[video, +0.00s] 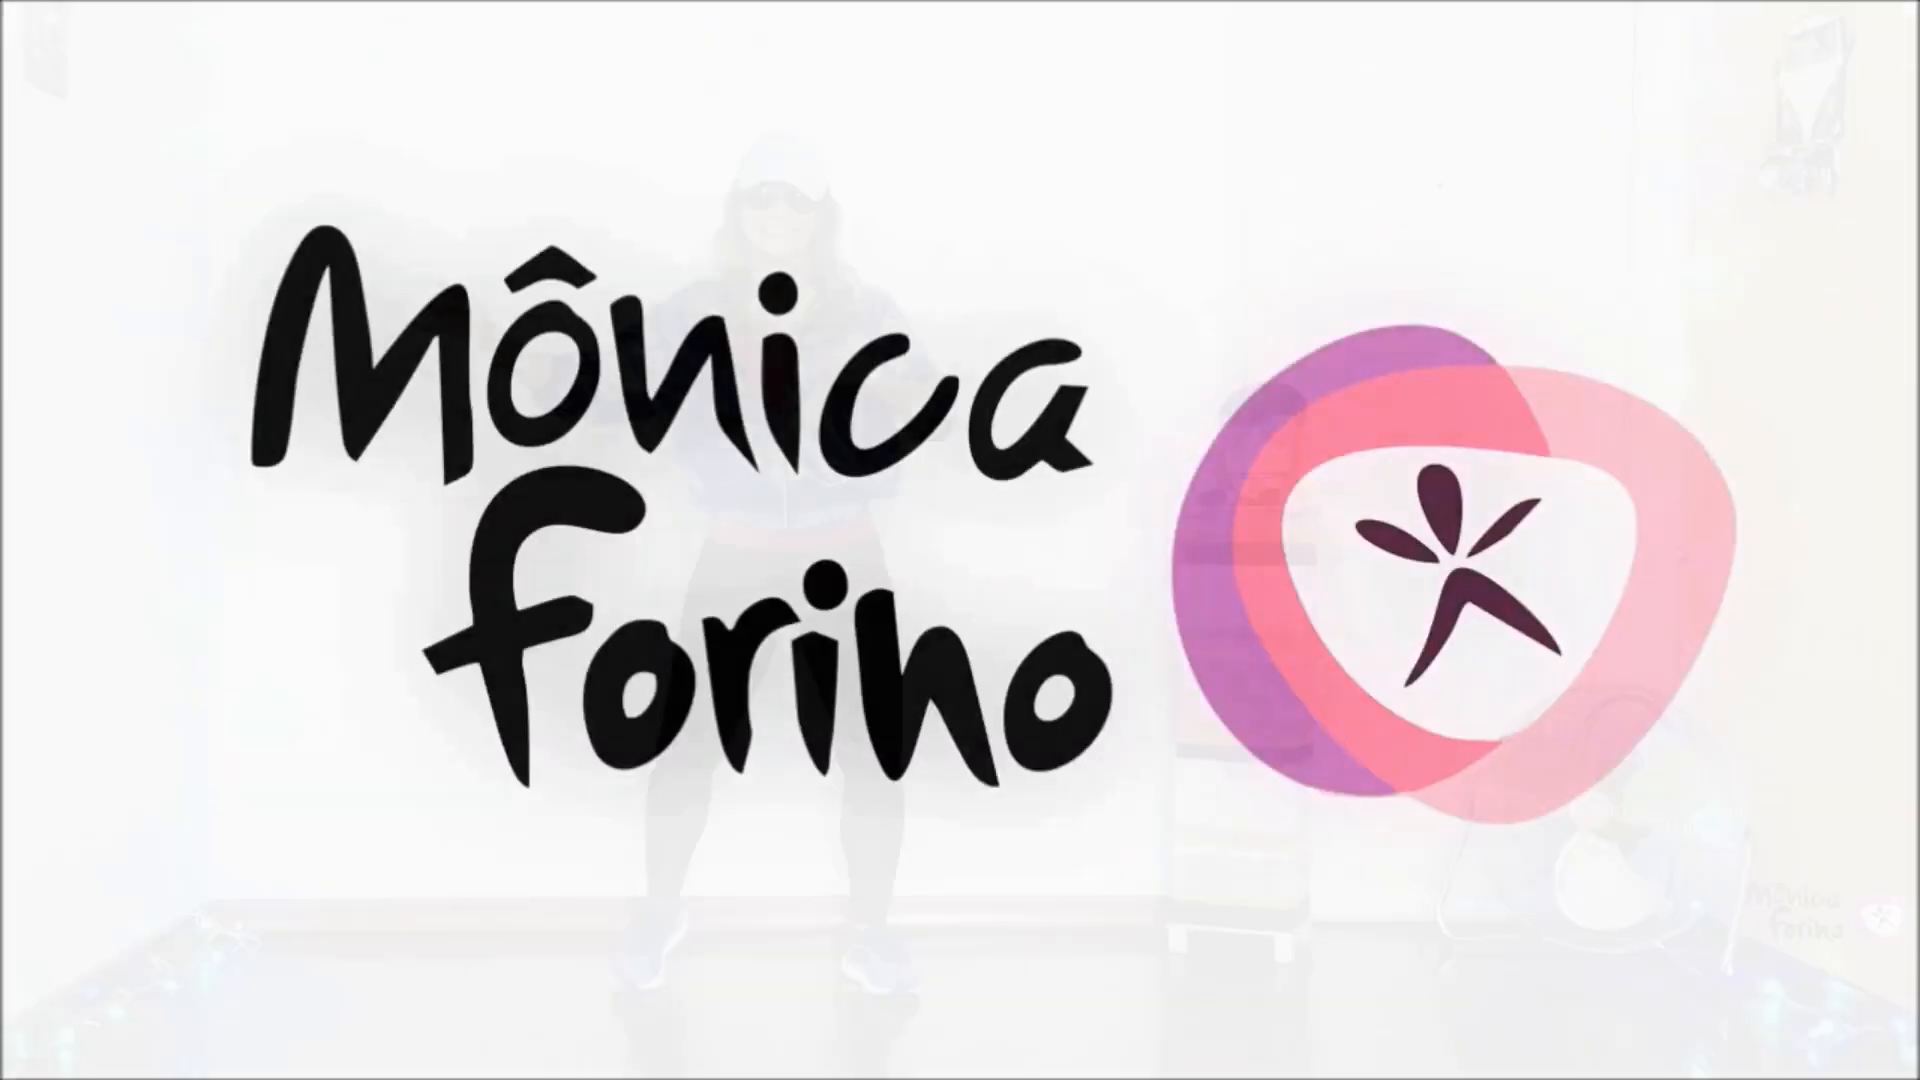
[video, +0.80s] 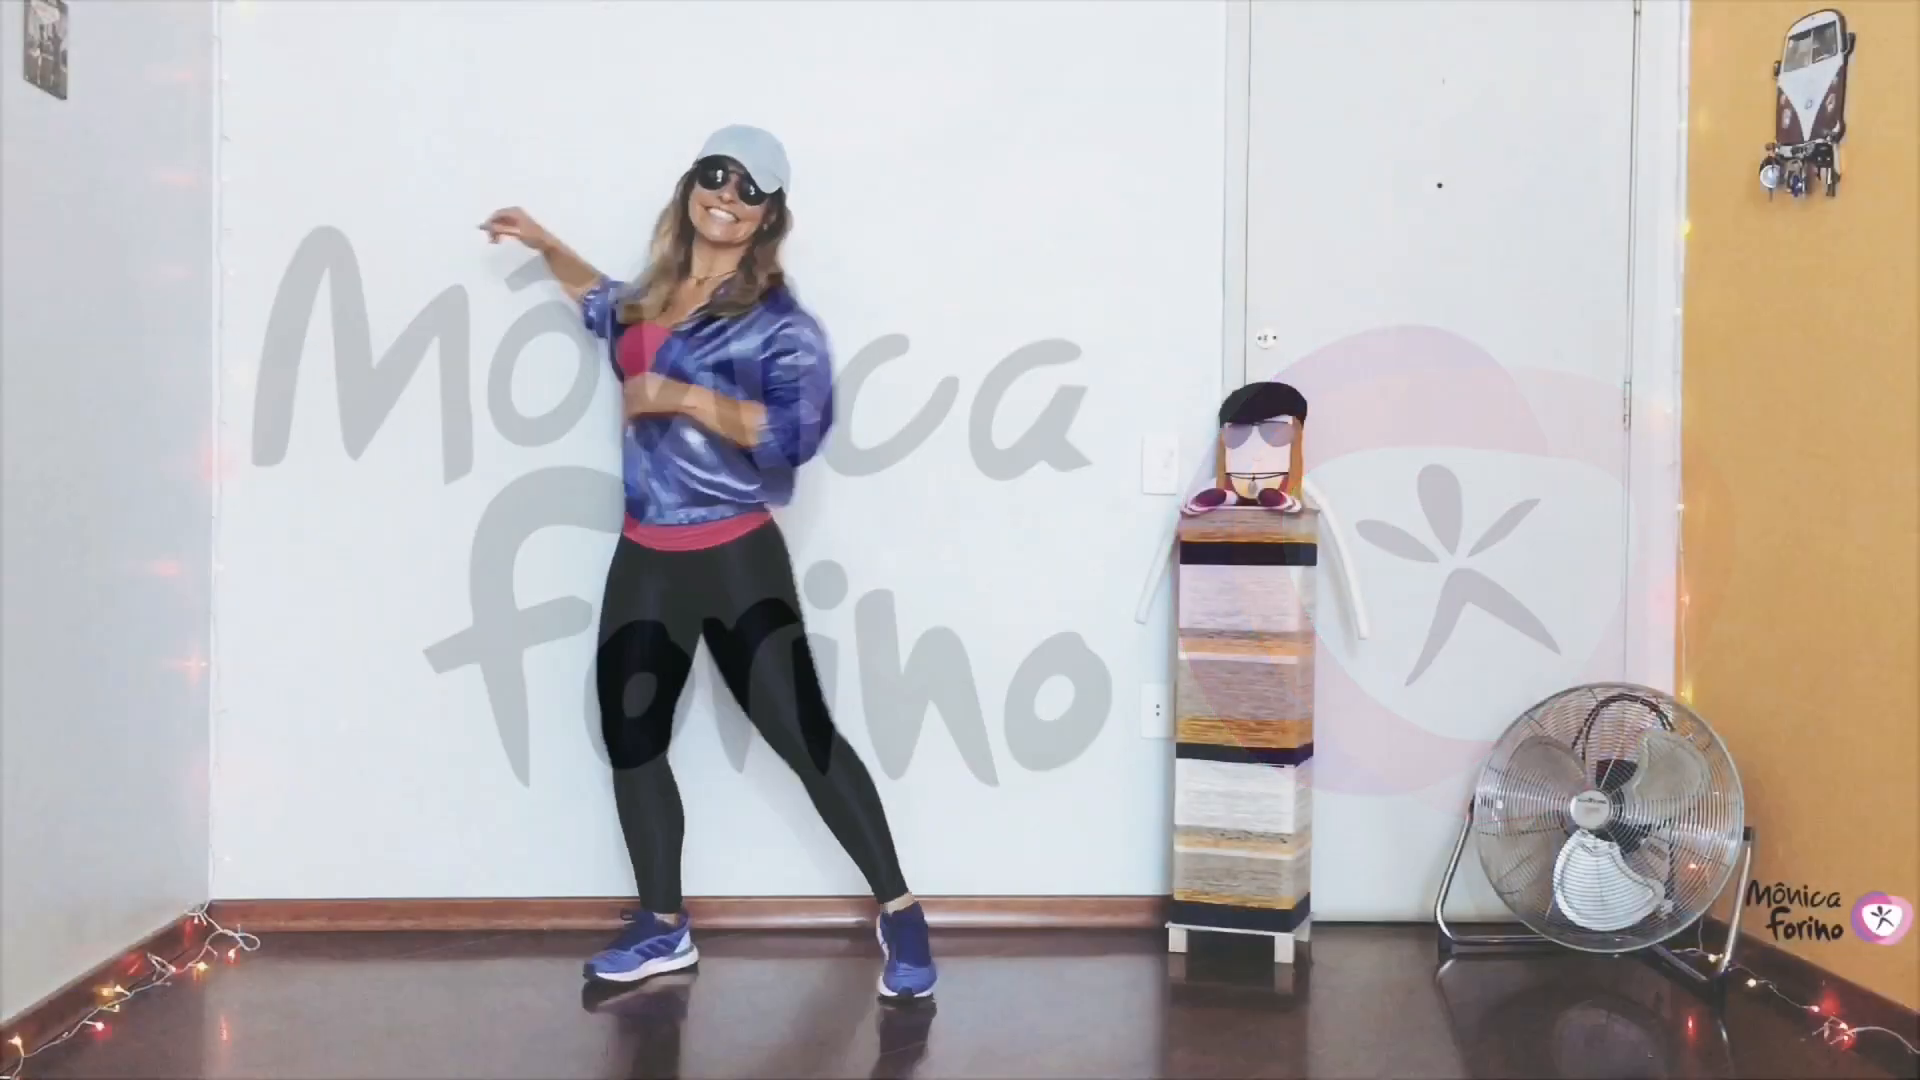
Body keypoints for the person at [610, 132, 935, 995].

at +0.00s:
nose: (774, 231)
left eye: (793, 214)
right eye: (758, 214)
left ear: (824, 222)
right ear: (733, 223)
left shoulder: (857, 317)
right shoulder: (702, 318)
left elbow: (905, 406)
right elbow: (657, 430)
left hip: (845, 554)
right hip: (737, 554)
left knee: (872, 750)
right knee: (696, 742)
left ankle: (868, 928)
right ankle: (658, 915)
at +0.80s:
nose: (727, 199)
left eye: (748, 192)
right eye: (714, 182)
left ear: (769, 216)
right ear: (687, 196)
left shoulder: (783, 327)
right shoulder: (653, 302)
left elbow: (795, 436)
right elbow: (604, 311)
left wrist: (685, 397)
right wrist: (548, 244)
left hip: (737, 553)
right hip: (646, 555)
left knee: (806, 734)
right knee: (632, 735)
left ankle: (898, 912)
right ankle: (662, 925)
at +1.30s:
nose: (683, 194)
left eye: (706, 185)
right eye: (671, 175)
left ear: (733, 206)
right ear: (650, 189)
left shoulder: (721, 296)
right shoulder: (649, 300)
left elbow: (680, 410)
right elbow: (645, 406)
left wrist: (595, 380)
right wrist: (590, 400)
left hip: (691, 546)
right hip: (623, 541)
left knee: (653, 728)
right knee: (622, 726)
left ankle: (746, 903)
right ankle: (658, 922)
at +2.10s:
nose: (718, 169)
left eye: (734, 148)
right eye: (694, 156)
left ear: (765, 155)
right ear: (673, 177)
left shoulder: (786, 250)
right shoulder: (680, 271)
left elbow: (837, 235)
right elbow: (674, 416)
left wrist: (904, 184)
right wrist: (766, 448)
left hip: (755, 541)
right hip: (665, 547)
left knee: (798, 753)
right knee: (695, 763)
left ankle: (840, 962)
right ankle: (677, 979)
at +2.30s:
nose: (727, 160)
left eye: (743, 144)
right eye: (705, 146)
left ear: (768, 155)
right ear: (681, 160)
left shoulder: (761, 219)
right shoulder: (700, 246)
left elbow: (808, 153)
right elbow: (742, 389)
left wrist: (878, 87)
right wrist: (870, 414)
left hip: (712, 528)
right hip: (653, 524)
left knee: (791, 698)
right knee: (667, 729)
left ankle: (789, 898)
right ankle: (614, 967)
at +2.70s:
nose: (722, 216)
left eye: (738, 201)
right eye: (704, 203)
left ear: (759, 209)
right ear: (677, 214)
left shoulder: (746, 271)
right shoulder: (701, 290)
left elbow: (770, 172)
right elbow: (723, 417)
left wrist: (814, 89)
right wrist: (808, 462)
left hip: (722, 550)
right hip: (679, 546)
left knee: (739, 734)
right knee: (784, 682)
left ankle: (673, 922)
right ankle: (726, 902)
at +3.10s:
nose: (736, 210)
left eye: (750, 195)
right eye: (718, 198)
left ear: (770, 202)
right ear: (692, 211)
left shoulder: (754, 270)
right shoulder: (717, 294)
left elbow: (771, 180)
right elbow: (741, 419)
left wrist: (815, 101)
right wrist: (824, 473)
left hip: (730, 533)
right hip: (687, 526)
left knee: (773, 723)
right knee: (746, 710)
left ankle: (680, 923)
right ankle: (716, 931)